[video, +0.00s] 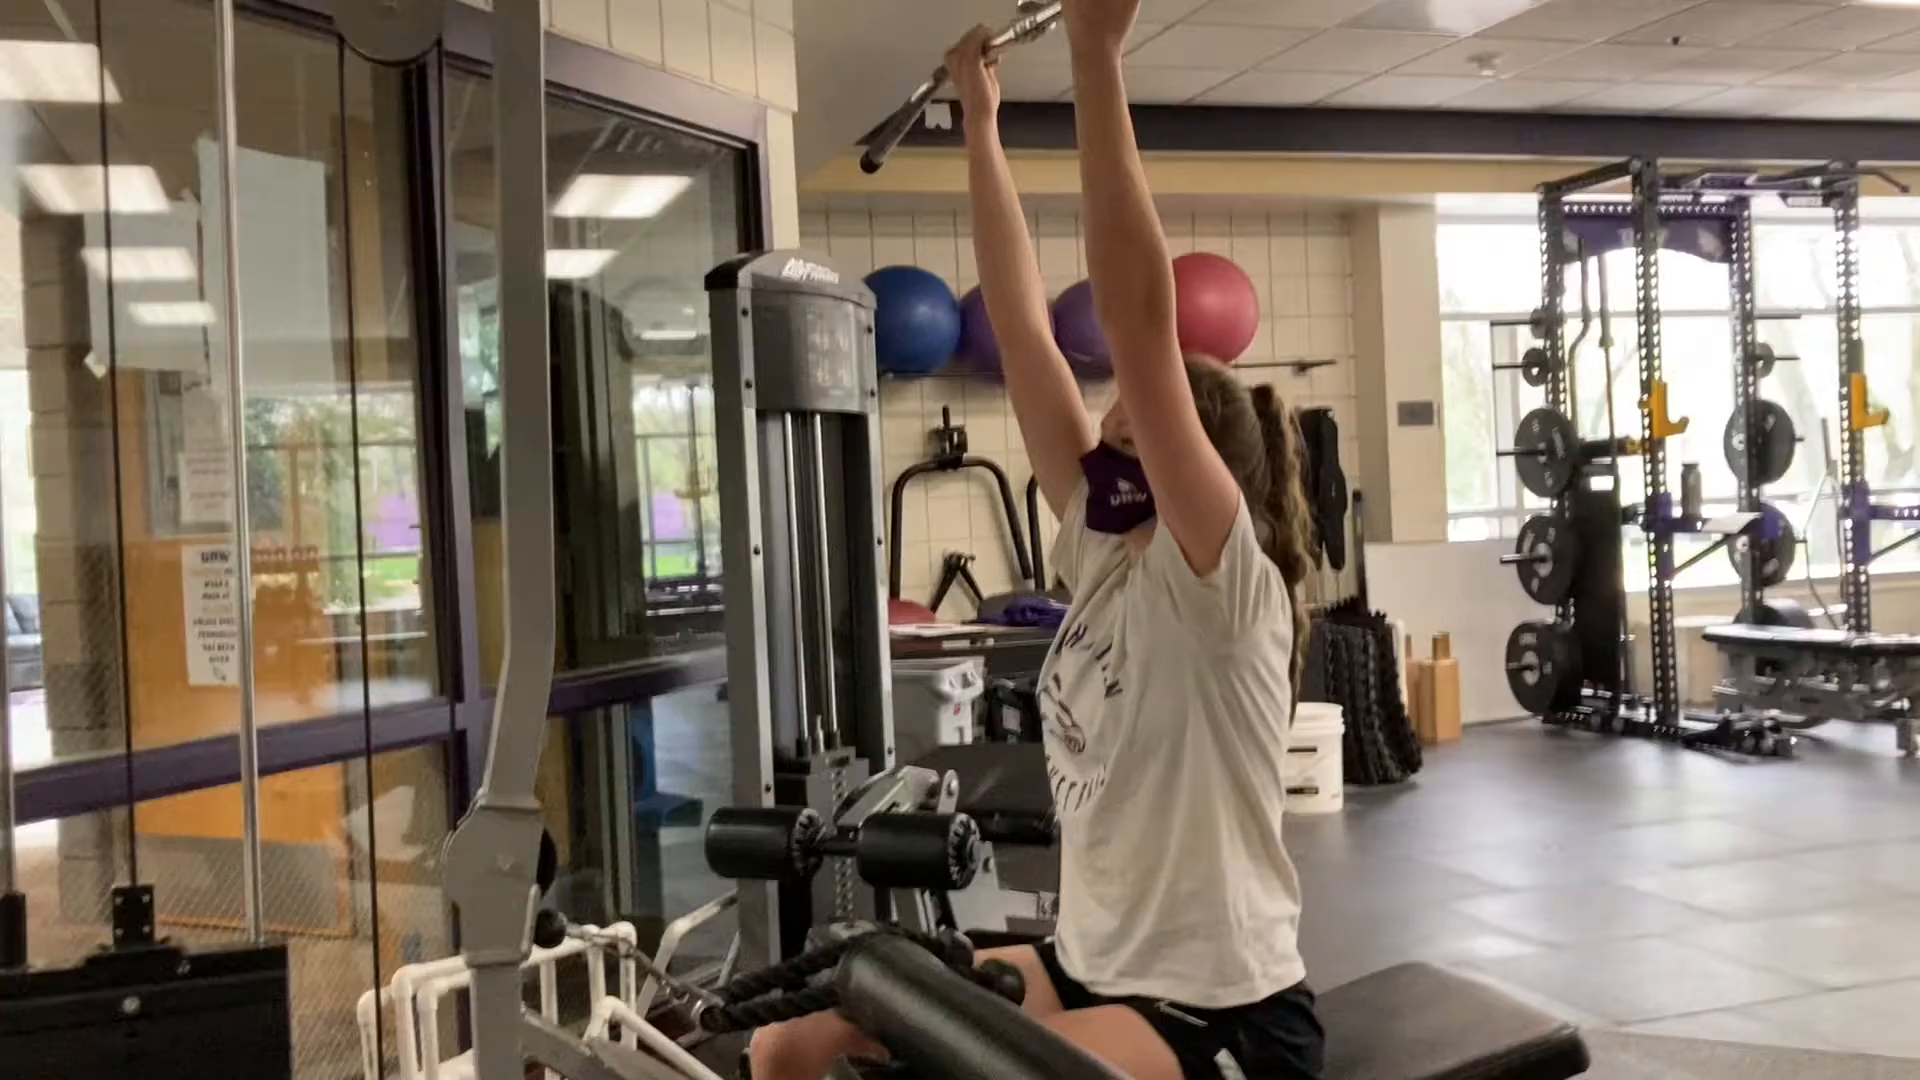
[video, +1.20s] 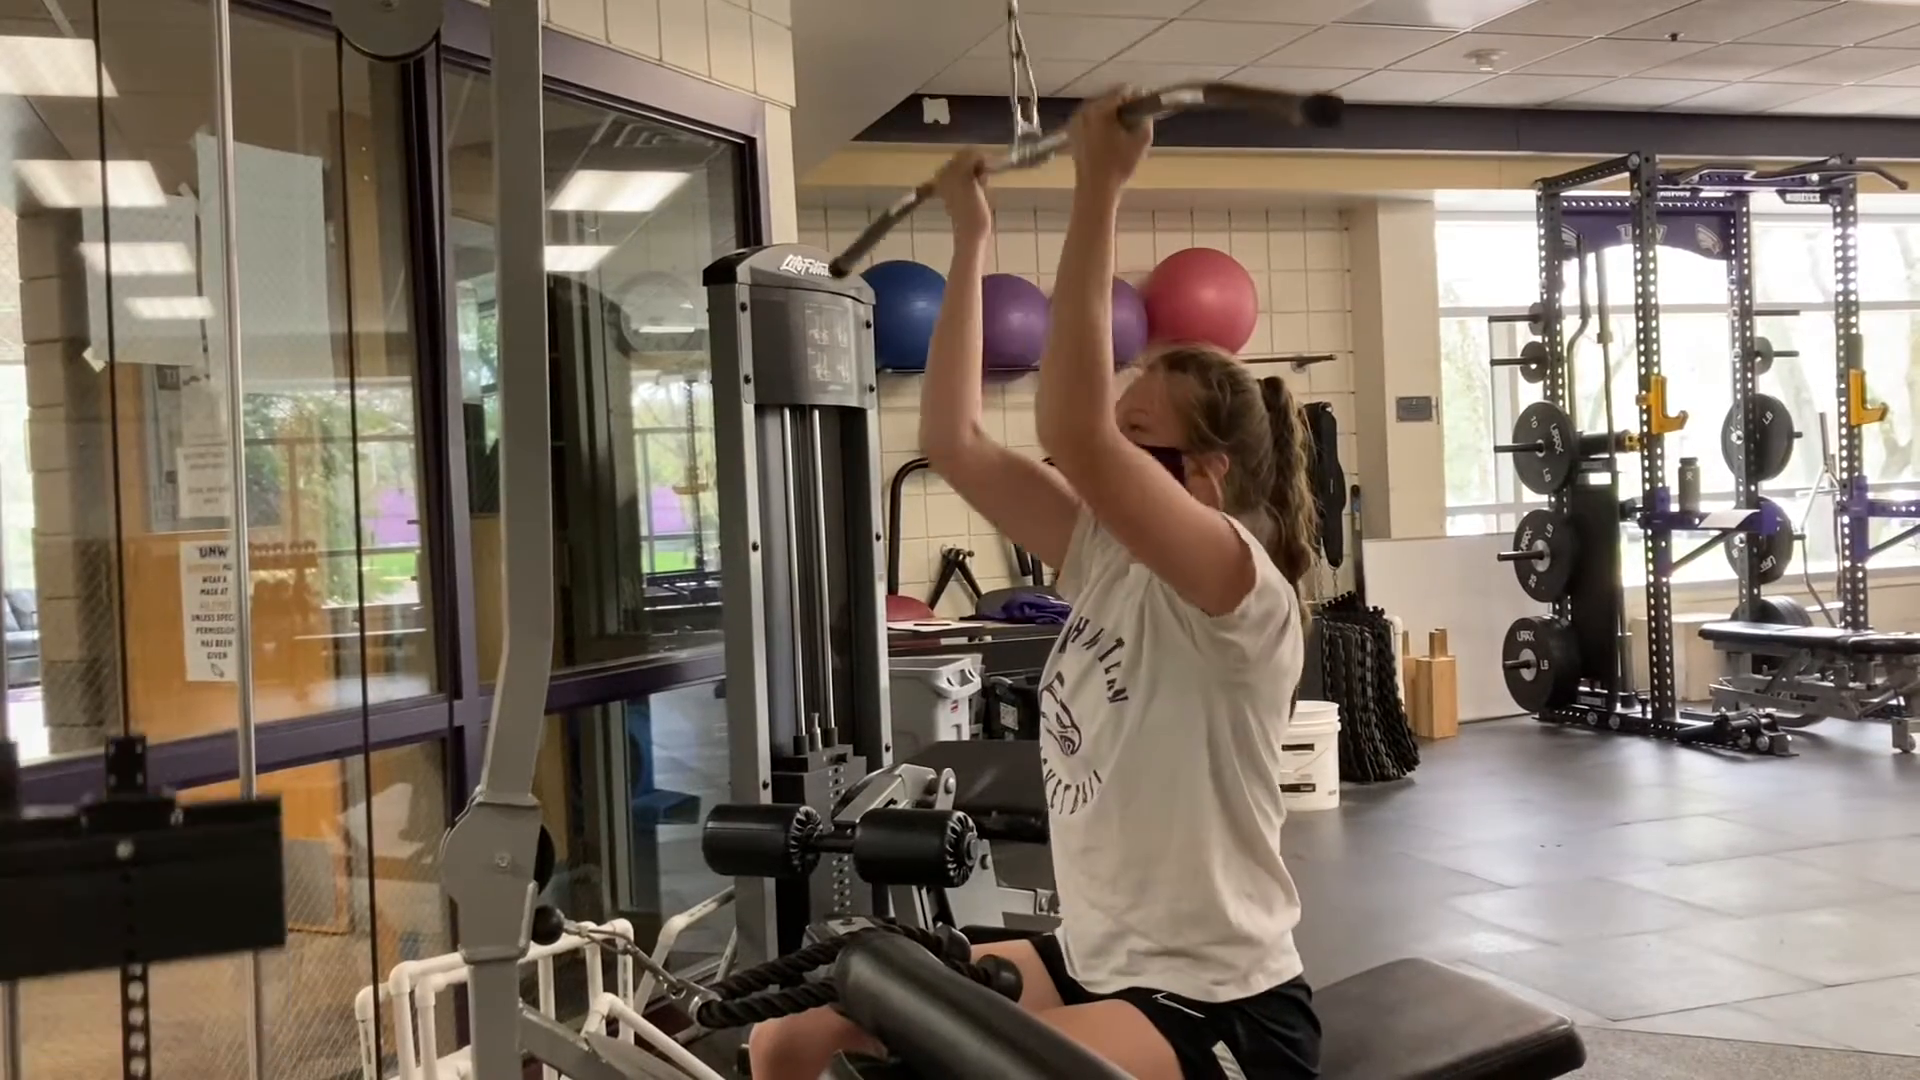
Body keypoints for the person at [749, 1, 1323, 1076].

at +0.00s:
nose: (1115, 435)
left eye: (1145, 413)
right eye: (1117, 418)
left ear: (1205, 454)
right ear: (1115, 440)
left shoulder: (1223, 576)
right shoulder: (1101, 552)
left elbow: (1143, 335)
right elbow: (1023, 330)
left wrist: (1096, 48)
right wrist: (978, 115)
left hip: (1220, 1018)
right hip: (1094, 982)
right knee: (793, 1046)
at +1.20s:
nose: (1112, 458)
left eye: (1135, 441)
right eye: (1110, 436)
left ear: (1207, 471)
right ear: (1100, 447)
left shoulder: (1241, 584)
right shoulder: (1096, 554)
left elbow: (1075, 436)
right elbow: (954, 442)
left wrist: (1097, 190)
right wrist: (971, 236)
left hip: (1220, 1005)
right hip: (1090, 964)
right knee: (788, 1040)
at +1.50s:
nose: (1114, 461)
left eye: (1146, 445)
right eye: (1119, 438)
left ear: (1218, 473)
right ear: (1103, 447)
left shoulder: (1259, 603)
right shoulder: (1108, 572)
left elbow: (1077, 597)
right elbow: (936, 585)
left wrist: (1106, 369)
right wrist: (968, 396)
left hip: (1225, 1007)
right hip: (1088, 963)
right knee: (789, 1040)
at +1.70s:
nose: (1111, 455)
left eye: (1140, 440)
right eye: (1117, 436)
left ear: (1223, 472)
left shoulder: (1263, 612)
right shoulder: (1107, 616)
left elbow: (1113, 774)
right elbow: (974, 730)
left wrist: (1109, 542)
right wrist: (984, 542)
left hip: (1219, 1000)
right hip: (1086, 963)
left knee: (971, 1065)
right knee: (788, 1044)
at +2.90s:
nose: (1120, 466)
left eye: (1151, 449)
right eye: (1127, 447)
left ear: (1228, 481)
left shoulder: (1258, 610)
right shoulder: (1114, 593)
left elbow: (1080, 641)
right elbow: (940, 625)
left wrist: (1072, 400)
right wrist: (973, 436)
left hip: (1223, 1008)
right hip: (1085, 968)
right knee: (788, 1042)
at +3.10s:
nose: (1123, 460)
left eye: (1154, 449)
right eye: (1125, 438)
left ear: (1229, 481)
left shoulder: (1259, 605)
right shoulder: (1105, 575)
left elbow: (1082, 492)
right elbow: (956, 506)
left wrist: (1069, 251)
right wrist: (978, 304)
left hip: (1222, 1010)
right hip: (1089, 966)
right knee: (787, 1041)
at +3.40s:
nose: (1137, 447)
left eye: (1168, 427)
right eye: (1145, 428)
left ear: (1235, 462)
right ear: (1161, 448)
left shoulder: (1252, 578)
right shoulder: (1118, 551)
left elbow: (1140, 356)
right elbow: (1011, 387)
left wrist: (1090, 99)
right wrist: (991, 174)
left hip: (1222, 1011)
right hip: (1094, 968)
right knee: (792, 1036)